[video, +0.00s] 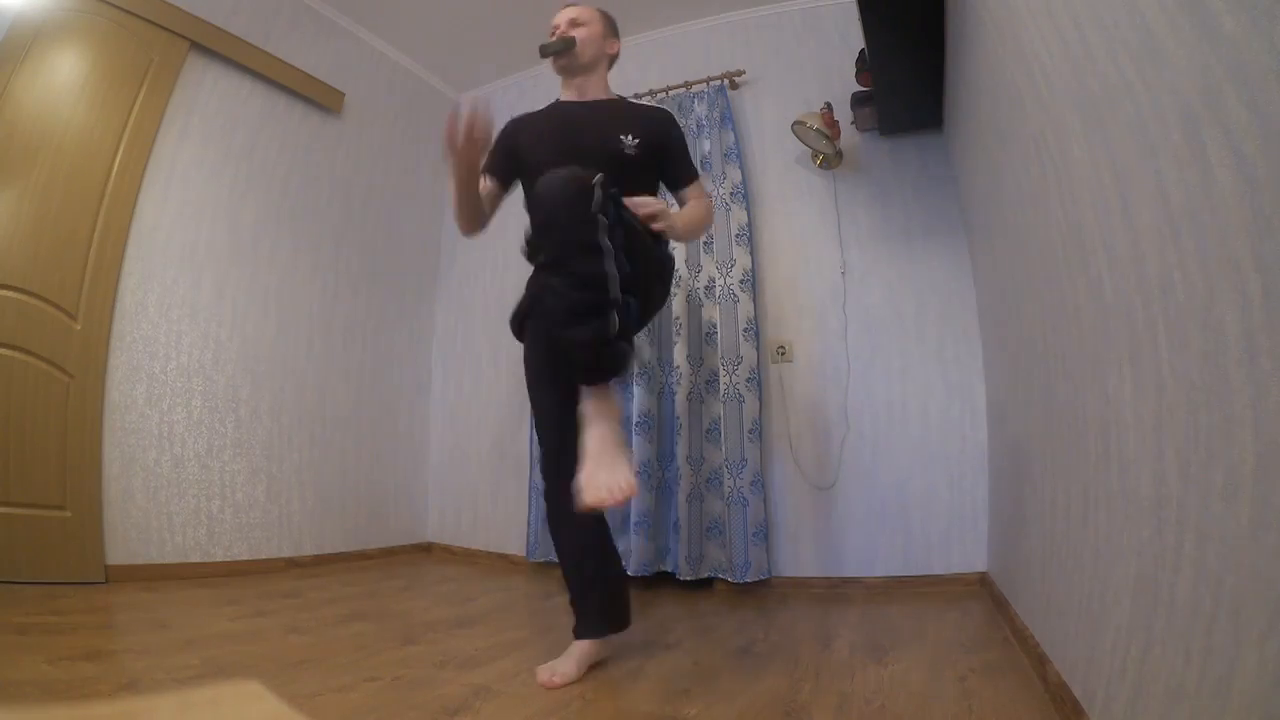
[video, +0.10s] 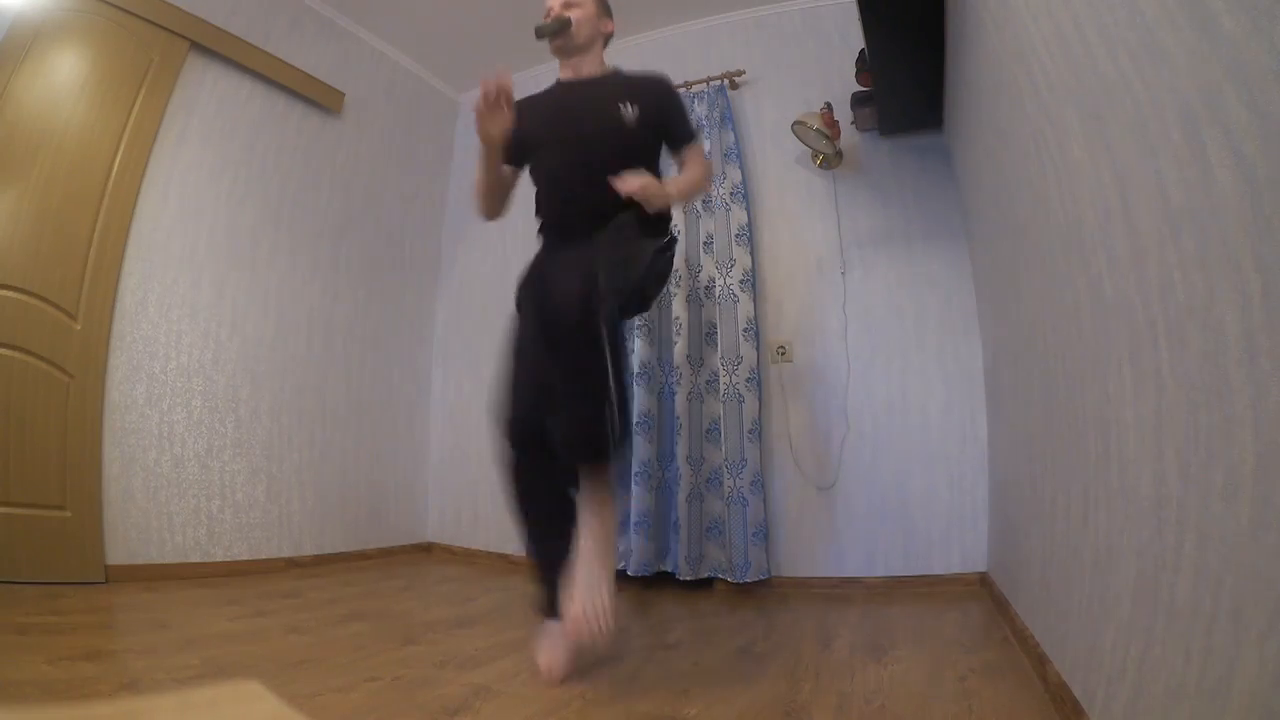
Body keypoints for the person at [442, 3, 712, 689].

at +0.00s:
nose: (561, 26)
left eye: (579, 20)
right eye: (555, 23)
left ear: (612, 48)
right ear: (548, 54)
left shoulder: (652, 122)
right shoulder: (523, 131)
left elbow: (701, 210)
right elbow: (472, 220)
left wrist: (671, 217)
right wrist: (464, 166)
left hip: (634, 281)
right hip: (554, 293)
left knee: (565, 189)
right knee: (563, 461)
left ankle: (600, 408)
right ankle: (596, 622)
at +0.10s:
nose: (555, 10)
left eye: (573, 4)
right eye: (551, 6)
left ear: (606, 25)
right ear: (546, 31)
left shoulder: (648, 92)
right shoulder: (531, 110)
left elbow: (697, 167)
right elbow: (491, 206)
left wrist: (664, 191)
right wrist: (492, 141)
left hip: (633, 246)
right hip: (558, 260)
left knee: (568, 296)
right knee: (530, 427)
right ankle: (557, 609)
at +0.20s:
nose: (554, 13)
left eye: (571, 7)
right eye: (548, 11)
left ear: (604, 28)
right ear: (544, 40)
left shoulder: (642, 89)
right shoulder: (535, 125)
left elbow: (705, 172)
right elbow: (545, 213)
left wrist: (627, 160)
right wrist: (508, 207)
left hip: (624, 274)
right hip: (554, 270)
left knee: (616, 449)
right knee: (445, 312)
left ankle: (627, 625)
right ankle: (507, 480)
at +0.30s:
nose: (557, 36)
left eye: (574, 27)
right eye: (551, 32)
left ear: (610, 51)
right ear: (542, 55)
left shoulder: (637, 108)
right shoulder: (541, 141)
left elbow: (671, 179)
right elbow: (552, 228)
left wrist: (576, 97)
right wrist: (520, 285)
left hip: (624, 302)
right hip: (556, 290)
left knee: (619, 471)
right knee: (437, 241)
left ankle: (624, 636)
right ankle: (489, 431)